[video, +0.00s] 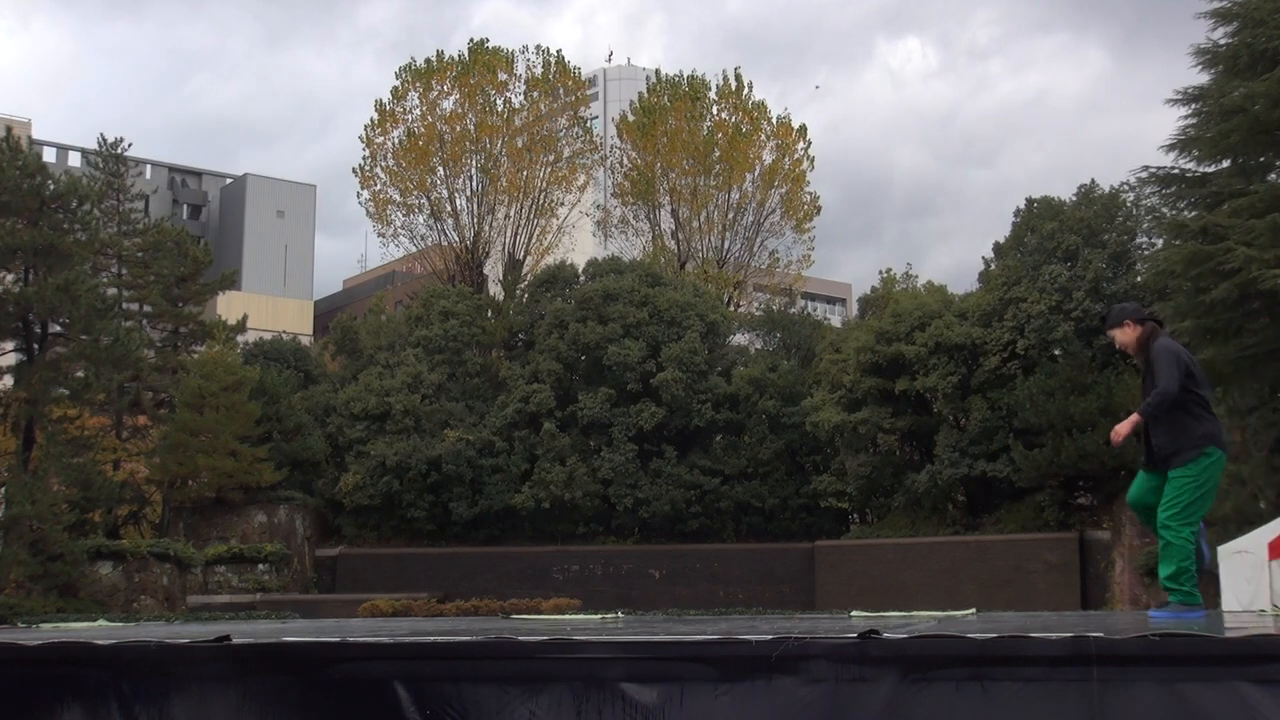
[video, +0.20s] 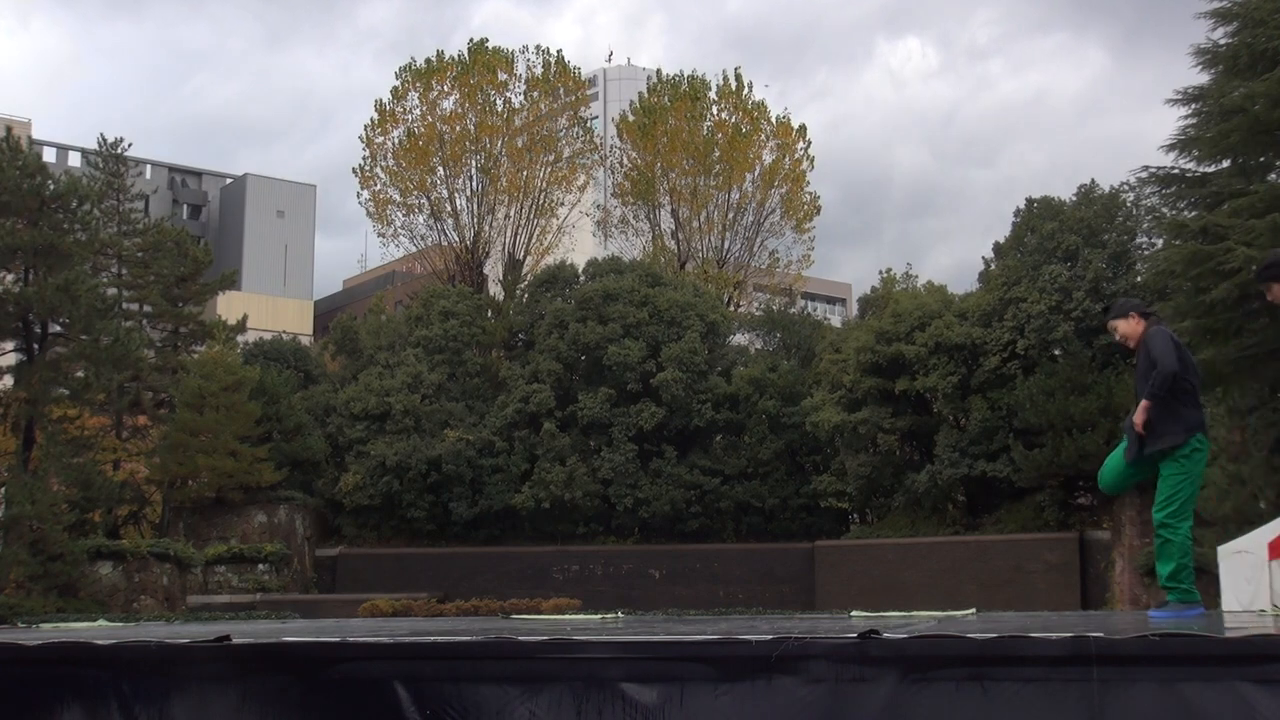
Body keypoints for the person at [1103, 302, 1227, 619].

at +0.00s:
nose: (1116, 345)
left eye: (1115, 336)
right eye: (1113, 339)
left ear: (1131, 326)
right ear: (1131, 328)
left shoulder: (1163, 349)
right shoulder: (1150, 357)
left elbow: (1167, 391)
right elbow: (1168, 402)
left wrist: (1132, 420)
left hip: (1197, 451)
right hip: (1170, 454)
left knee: (1173, 521)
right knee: (1140, 498)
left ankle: (1185, 599)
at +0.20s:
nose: (1117, 338)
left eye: (1117, 329)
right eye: (1113, 333)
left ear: (1135, 318)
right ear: (1134, 322)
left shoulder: (1157, 334)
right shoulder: (1147, 346)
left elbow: (1167, 369)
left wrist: (1143, 406)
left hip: (1183, 440)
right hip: (1155, 437)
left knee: (1169, 517)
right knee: (1109, 481)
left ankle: (1183, 598)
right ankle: (1157, 443)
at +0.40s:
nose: (1142, 320)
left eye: (1147, 313)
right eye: (1134, 316)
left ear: (1156, 318)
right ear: (1125, 326)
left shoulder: (1165, 345)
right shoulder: (1140, 363)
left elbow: (1181, 376)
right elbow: (1150, 403)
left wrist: (1146, 408)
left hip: (1178, 452)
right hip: (1141, 453)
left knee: (1160, 524)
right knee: (1104, 500)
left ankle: (1170, 602)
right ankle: (1156, 472)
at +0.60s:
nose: (1138, 319)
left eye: (1143, 313)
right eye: (1130, 317)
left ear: (1153, 320)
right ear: (1122, 330)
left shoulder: (1166, 343)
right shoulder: (1136, 365)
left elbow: (1195, 375)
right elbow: (1140, 402)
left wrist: (1175, 404)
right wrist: (1128, 429)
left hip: (1175, 451)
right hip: (1137, 451)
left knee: (1160, 525)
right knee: (1100, 500)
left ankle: (1171, 601)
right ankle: (1153, 471)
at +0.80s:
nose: (1138, 312)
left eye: (1142, 307)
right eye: (1129, 309)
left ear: (1151, 316)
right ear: (1119, 325)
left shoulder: (1165, 338)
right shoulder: (1132, 360)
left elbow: (1203, 368)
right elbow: (1142, 396)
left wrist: (1187, 401)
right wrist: (1126, 421)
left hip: (1169, 444)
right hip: (1131, 442)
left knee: (1164, 523)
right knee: (1089, 487)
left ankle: (1170, 600)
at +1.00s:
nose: (1132, 314)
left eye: (1136, 309)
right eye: (1124, 312)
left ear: (1145, 316)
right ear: (1114, 325)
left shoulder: (1164, 339)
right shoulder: (1127, 363)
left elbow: (1201, 368)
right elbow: (1140, 398)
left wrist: (1184, 400)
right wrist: (1127, 424)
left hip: (1166, 446)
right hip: (1126, 442)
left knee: (1161, 523)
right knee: (1079, 482)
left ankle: (1169, 600)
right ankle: (1126, 473)